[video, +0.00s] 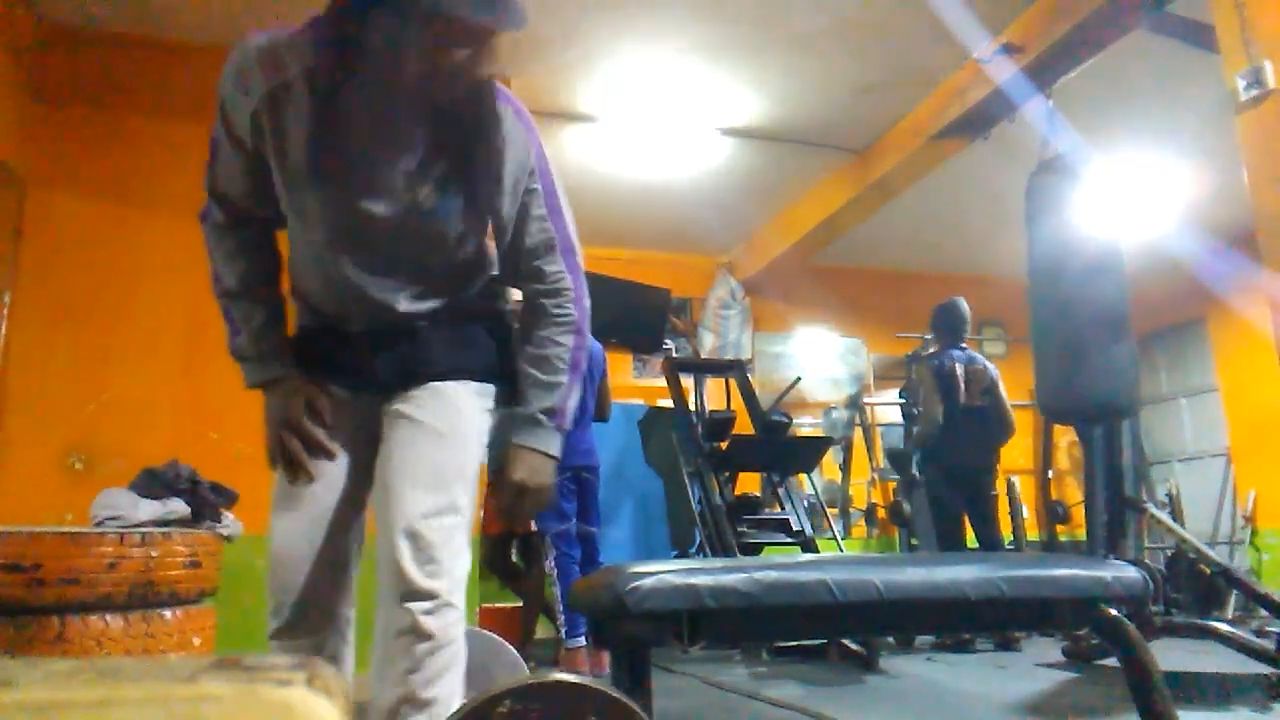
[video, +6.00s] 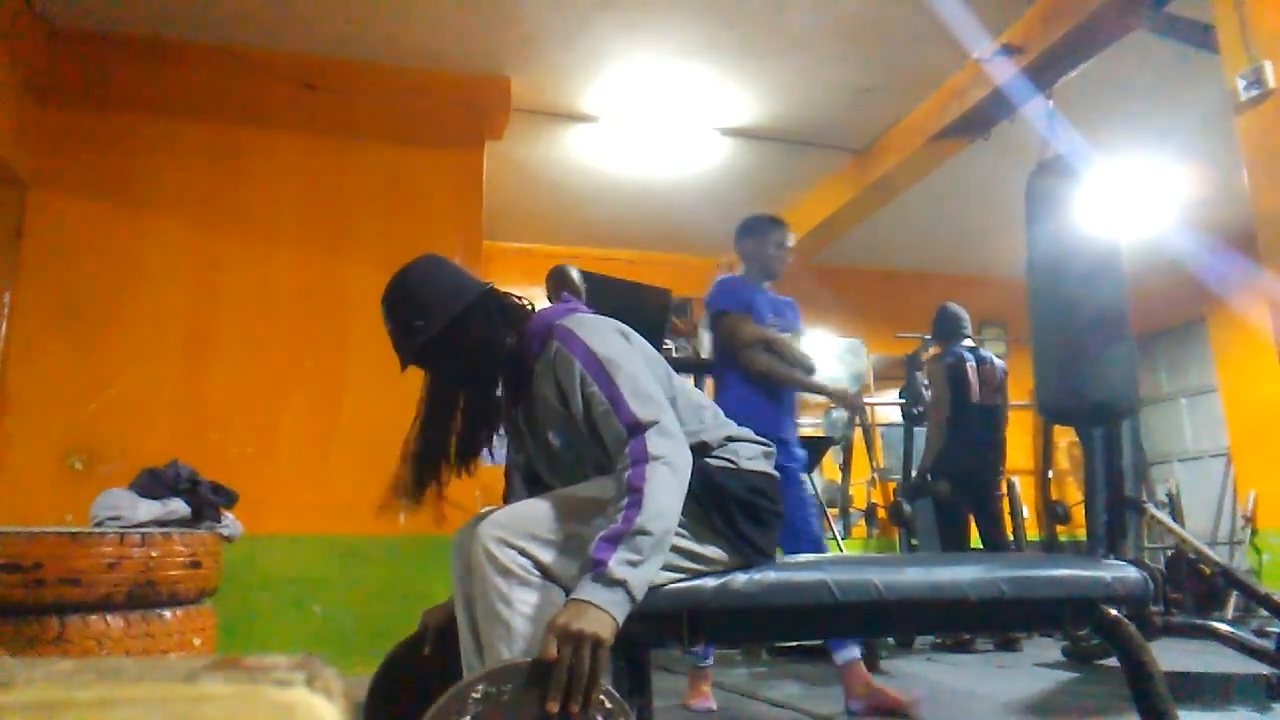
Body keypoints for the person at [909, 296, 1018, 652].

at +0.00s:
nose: (932, 333)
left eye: (933, 327)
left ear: (936, 328)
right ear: (968, 329)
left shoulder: (927, 366)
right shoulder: (985, 366)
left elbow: (932, 419)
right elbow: (1008, 422)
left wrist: (914, 441)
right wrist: (987, 446)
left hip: (943, 467)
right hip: (980, 467)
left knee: (950, 546)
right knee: (992, 543)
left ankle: (955, 630)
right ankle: (1007, 626)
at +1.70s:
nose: (924, 343)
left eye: (923, 337)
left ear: (925, 336)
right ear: (956, 331)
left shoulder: (927, 366)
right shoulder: (986, 364)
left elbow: (919, 418)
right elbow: (999, 421)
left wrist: (905, 393)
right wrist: (970, 421)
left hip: (944, 466)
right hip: (981, 466)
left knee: (952, 548)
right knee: (994, 543)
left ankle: (958, 630)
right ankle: (1008, 628)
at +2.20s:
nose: (927, 340)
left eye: (926, 334)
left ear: (928, 333)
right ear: (959, 330)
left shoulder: (929, 367)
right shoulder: (984, 365)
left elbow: (934, 420)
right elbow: (1004, 422)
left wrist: (911, 440)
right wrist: (982, 442)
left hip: (945, 462)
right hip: (982, 461)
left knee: (950, 544)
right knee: (991, 540)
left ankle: (956, 628)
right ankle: (1007, 624)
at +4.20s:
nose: (927, 340)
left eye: (927, 334)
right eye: (931, 335)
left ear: (931, 333)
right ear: (963, 331)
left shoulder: (931, 365)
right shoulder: (988, 367)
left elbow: (933, 420)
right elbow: (1005, 424)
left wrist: (912, 438)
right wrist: (981, 443)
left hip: (944, 468)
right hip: (981, 467)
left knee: (949, 547)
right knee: (993, 543)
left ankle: (956, 628)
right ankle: (1008, 625)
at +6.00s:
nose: (934, 340)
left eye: (934, 333)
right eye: (937, 334)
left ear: (938, 333)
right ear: (968, 330)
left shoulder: (942, 363)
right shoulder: (996, 364)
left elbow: (939, 420)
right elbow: (1001, 421)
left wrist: (923, 468)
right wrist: (997, 463)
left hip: (951, 466)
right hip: (986, 467)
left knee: (953, 546)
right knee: (997, 543)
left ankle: (958, 628)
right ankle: (1010, 626)